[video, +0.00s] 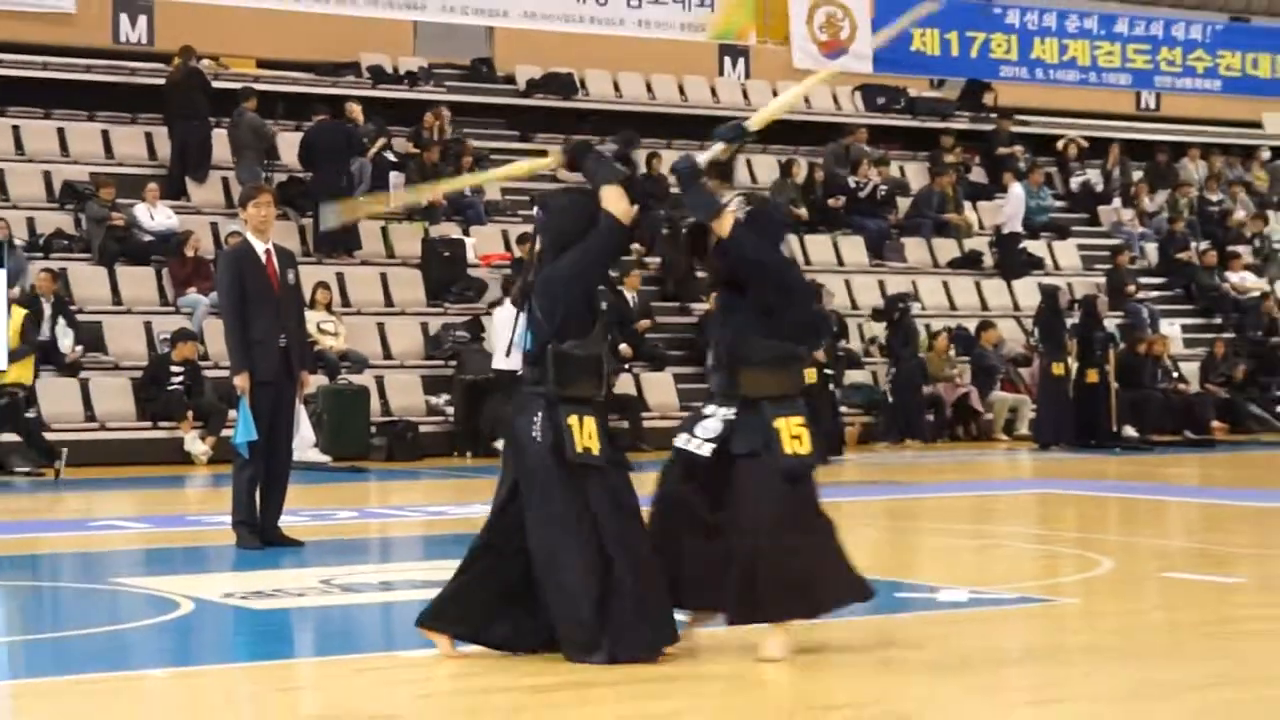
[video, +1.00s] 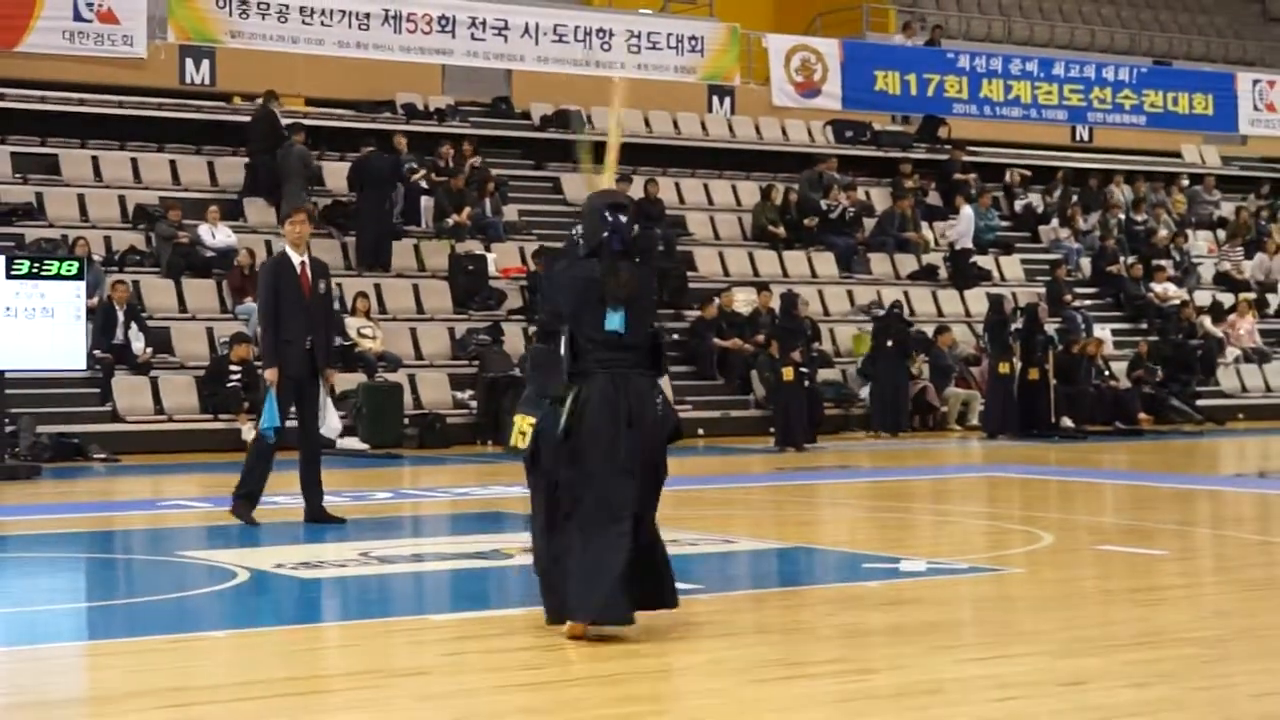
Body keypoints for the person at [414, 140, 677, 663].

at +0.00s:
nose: (605, 240)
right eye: (598, 230)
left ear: (550, 231)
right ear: (581, 232)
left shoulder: (556, 278)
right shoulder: (563, 278)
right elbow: (616, 215)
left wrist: (605, 169)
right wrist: (594, 162)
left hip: (545, 411)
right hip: (560, 415)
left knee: (520, 525)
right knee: (603, 520)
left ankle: (448, 613)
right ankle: (632, 631)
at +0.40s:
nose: (599, 240)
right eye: (592, 229)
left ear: (546, 231)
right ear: (579, 233)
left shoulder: (530, 277)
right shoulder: (569, 271)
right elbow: (607, 217)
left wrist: (594, 180)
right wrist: (584, 167)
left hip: (531, 398)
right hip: (566, 400)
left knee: (511, 494)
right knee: (591, 503)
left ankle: (456, 588)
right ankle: (586, 616)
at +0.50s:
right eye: (613, 230)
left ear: (563, 236)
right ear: (603, 238)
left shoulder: (537, 273)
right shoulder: (605, 273)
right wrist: (613, 212)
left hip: (539, 396)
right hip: (588, 398)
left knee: (527, 492)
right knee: (612, 496)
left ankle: (466, 582)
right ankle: (606, 604)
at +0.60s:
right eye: (615, 216)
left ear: (568, 234)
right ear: (610, 230)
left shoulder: (547, 276)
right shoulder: (621, 272)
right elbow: (628, 238)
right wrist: (617, 205)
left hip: (560, 392)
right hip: (611, 394)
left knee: (530, 484)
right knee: (615, 498)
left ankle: (482, 578)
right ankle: (613, 606)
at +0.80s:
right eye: (622, 206)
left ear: (571, 223)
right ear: (615, 221)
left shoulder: (556, 271)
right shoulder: (631, 269)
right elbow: (645, 234)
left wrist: (562, 229)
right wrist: (623, 212)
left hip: (574, 393)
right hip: (625, 391)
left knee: (563, 492)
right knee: (624, 496)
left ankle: (553, 597)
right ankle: (615, 603)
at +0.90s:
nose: (567, 227)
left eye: (572, 221)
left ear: (575, 229)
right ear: (616, 229)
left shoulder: (556, 272)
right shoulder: (637, 273)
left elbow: (544, 312)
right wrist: (615, 202)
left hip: (579, 392)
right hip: (628, 391)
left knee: (578, 494)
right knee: (624, 493)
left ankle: (585, 601)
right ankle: (618, 598)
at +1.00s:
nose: (581, 231)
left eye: (586, 223)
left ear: (589, 229)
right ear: (628, 229)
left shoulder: (569, 275)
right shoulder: (643, 278)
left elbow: (548, 333)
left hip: (589, 395)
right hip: (638, 393)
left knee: (584, 496)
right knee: (621, 497)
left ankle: (583, 604)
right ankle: (602, 601)